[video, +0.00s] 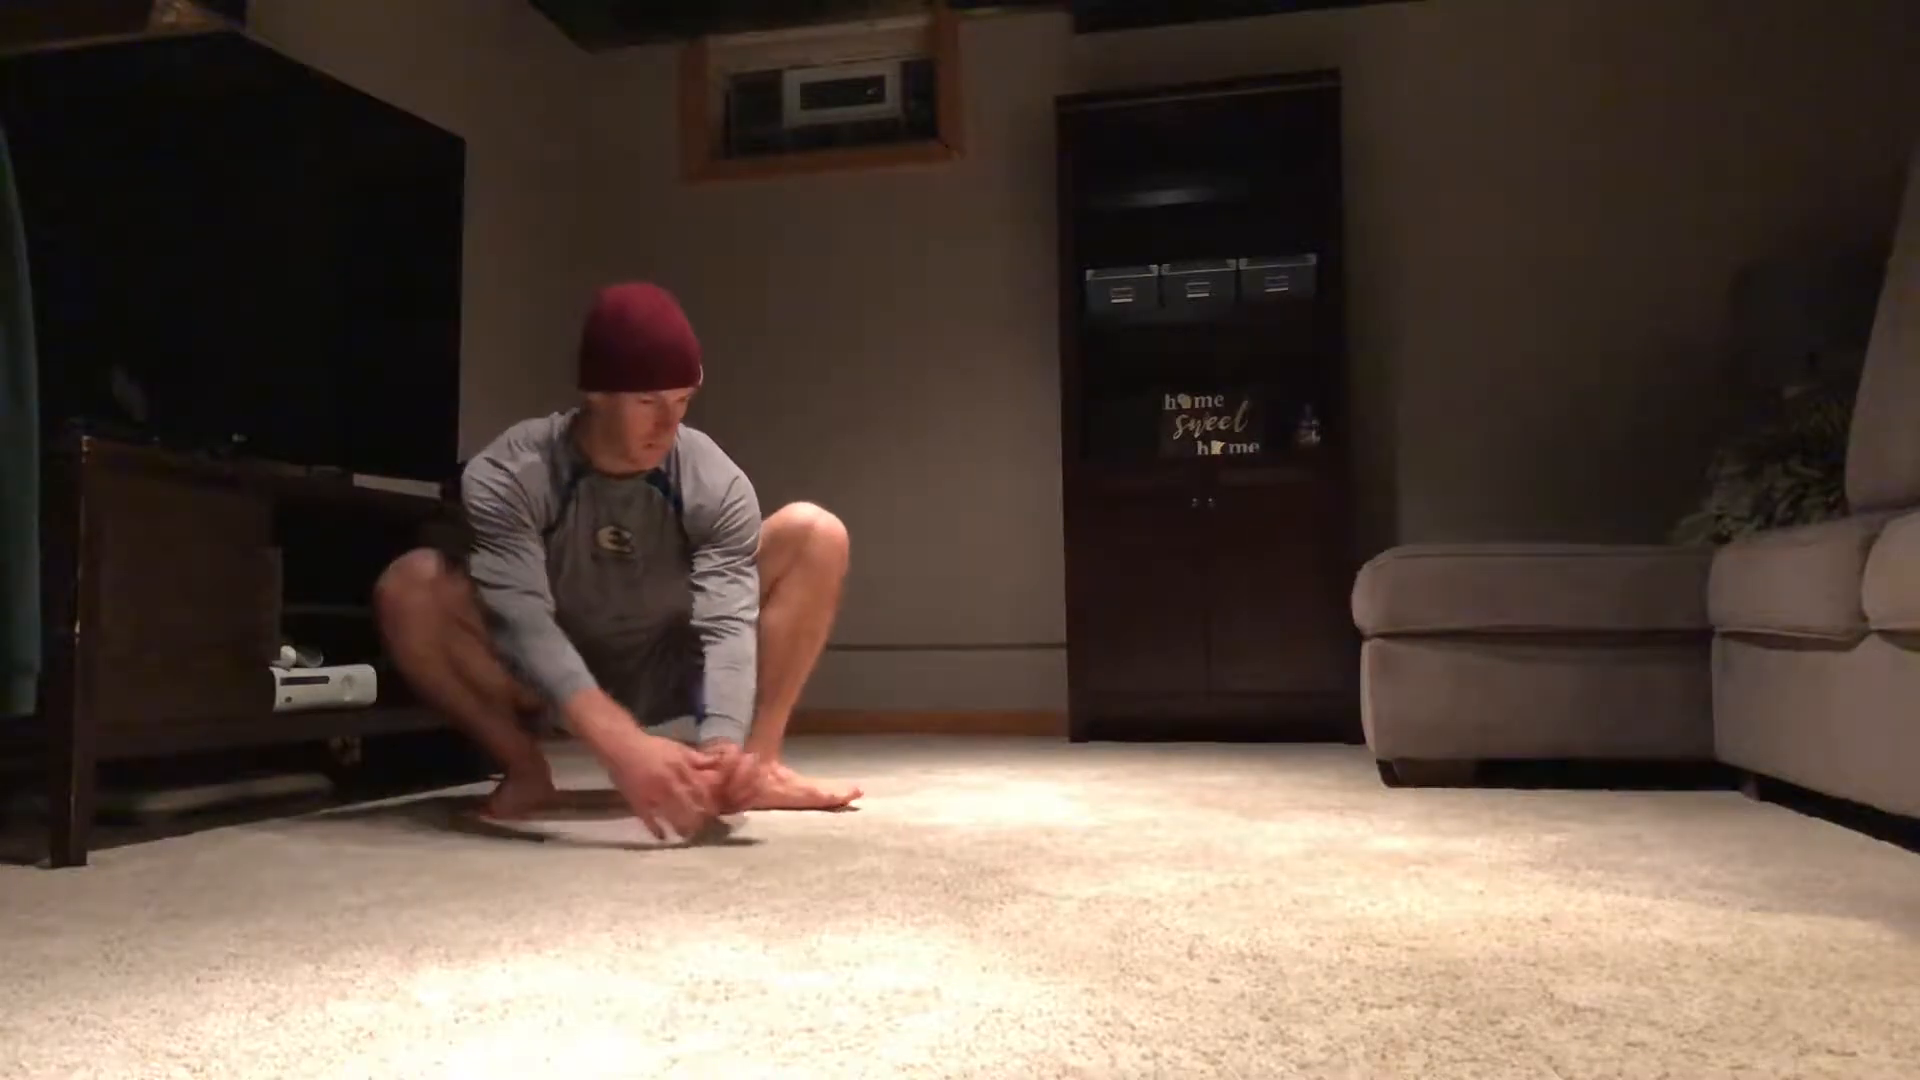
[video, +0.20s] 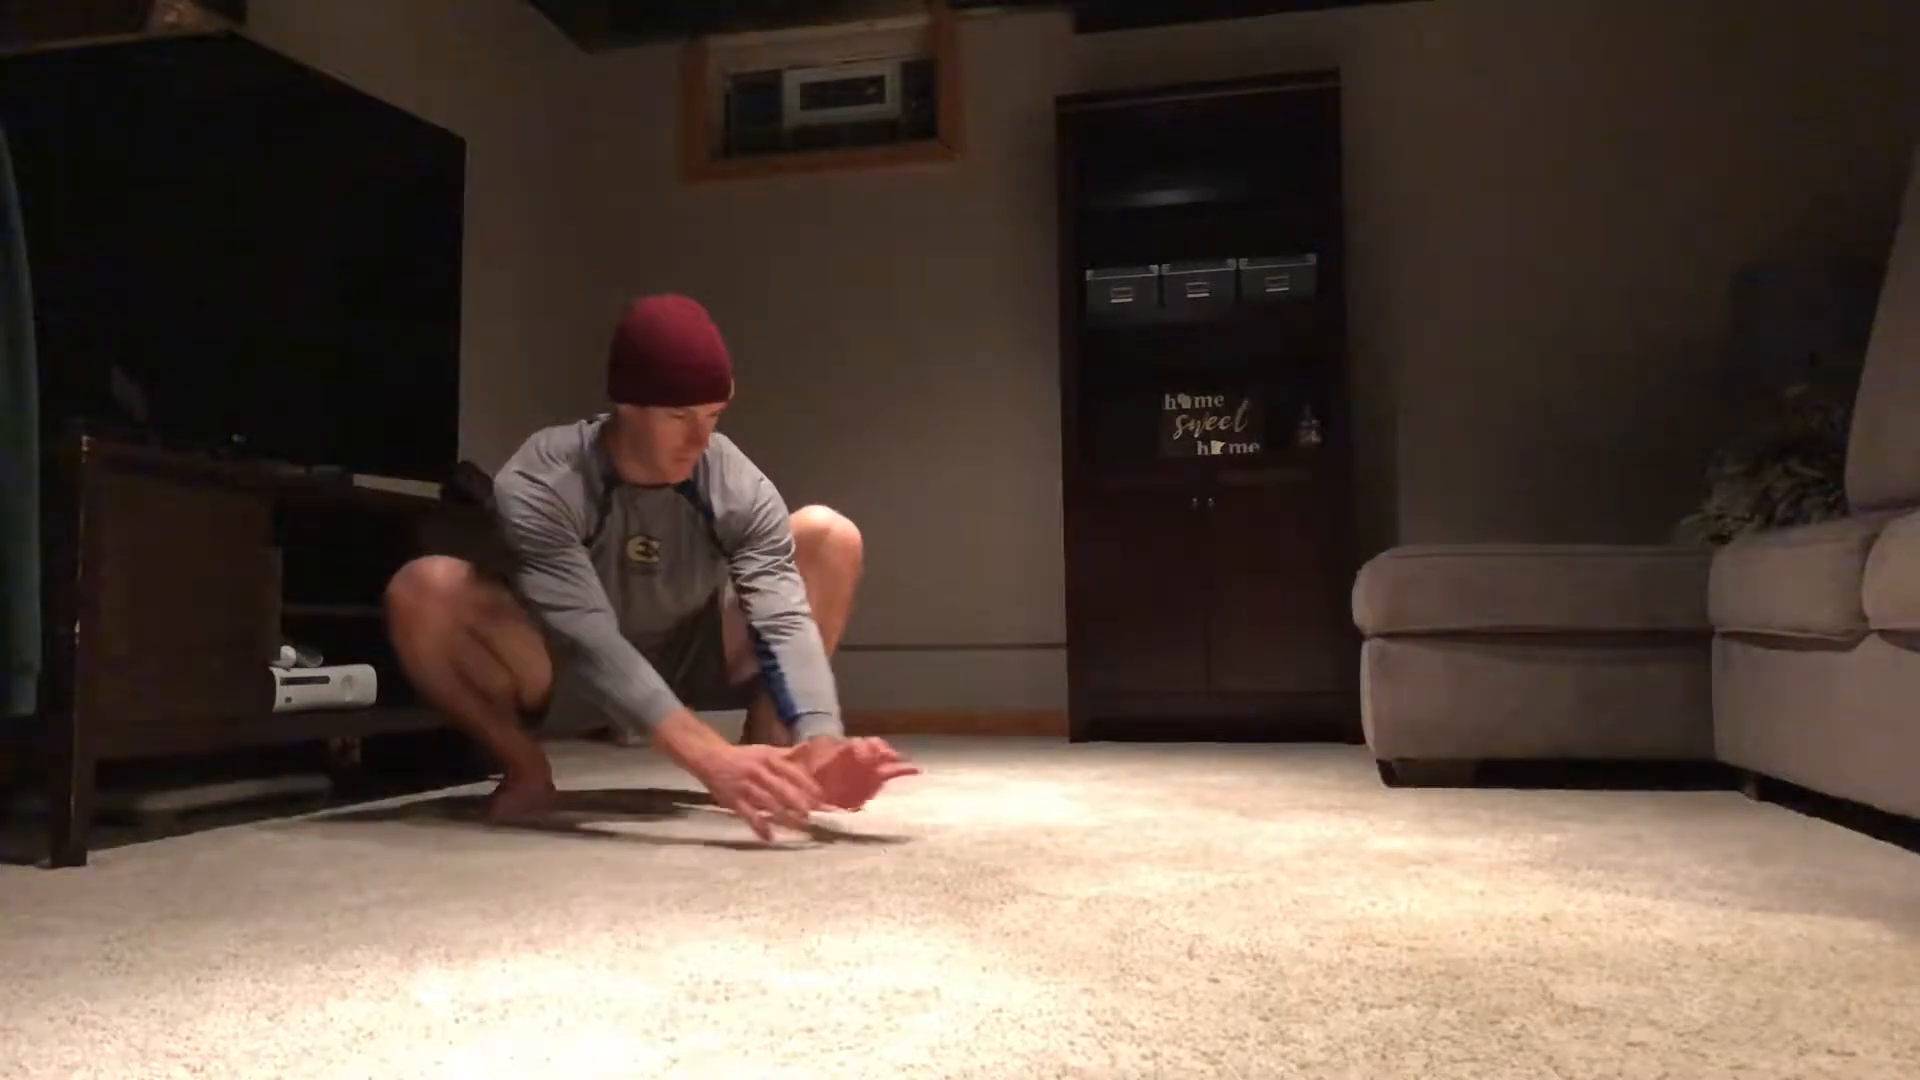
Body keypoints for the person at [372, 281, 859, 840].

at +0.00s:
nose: (669, 422)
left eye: (681, 401)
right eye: (648, 401)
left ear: (693, 394)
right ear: (596, 395)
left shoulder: (717, 489)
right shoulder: (506, 477)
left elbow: (729, 626)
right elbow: (526, 624)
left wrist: (722, 748)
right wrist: (626, 750)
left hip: (670, 672)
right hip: (555, 675)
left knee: (816, 534)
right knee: (409, 588)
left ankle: (751, 763)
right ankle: (524, 773)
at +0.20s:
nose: (699, 438)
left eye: (711, 417)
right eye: (680, 417)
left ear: (723, 408)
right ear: (625, 406)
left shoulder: (741, 492)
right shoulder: (537, 486)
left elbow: (788, 627)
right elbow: (595, 643)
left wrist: (818, 746)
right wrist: (712, 759)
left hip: (688, 666)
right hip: (571, 670)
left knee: (831, 536)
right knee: (422, 591)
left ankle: (775, 748)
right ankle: (527, 773)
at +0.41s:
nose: (743, 456)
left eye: (754, 438)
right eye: (725, 439)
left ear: (762, 429)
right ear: (669, 426)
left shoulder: (765, 493)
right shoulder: (575, 495)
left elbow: (838, 626)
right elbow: (644, 656)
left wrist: (911, 763)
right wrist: (768, 764)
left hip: (698, 646)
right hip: (582, 649)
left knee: (849, 540)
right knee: (428, 600)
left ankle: (758, 775)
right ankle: (525, 773)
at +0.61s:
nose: (786, 469)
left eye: (796, 449)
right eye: (765, 449)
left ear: (806, 441)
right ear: (709, 435)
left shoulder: (804, 494)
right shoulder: (617, 496)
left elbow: (879, 633)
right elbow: (680, 669)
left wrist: (968, 778)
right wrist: (807, 779)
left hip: (717, 635)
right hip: (598, 630)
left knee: (880, 555)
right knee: (443, 610)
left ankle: (752, 774)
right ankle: (520, 766)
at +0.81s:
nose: (845, 488)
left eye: (854, 467)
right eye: (825, 469)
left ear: (864, 454)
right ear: (764, 451)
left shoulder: (871, 505)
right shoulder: (674, 496)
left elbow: (941, 645)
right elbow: (721, 677)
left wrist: (1030, 790)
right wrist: (824, 803)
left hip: (757, 623)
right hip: (627, 600)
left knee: (917, 614)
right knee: (467, 611)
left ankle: (761, 772)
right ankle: (516, 743)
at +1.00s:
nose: (908, 527)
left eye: (921, 506)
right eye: (888, 507)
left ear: (938, 477)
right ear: (831, 472)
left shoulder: (950, 516)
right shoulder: (736, 503)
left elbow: (1004, 664)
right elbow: (761, 681)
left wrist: (1076, 802)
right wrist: (841, 811)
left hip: (807, 603)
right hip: (668, 572)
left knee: (955, 641)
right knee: (507, 635)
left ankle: (783, 748)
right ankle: (516, 740)